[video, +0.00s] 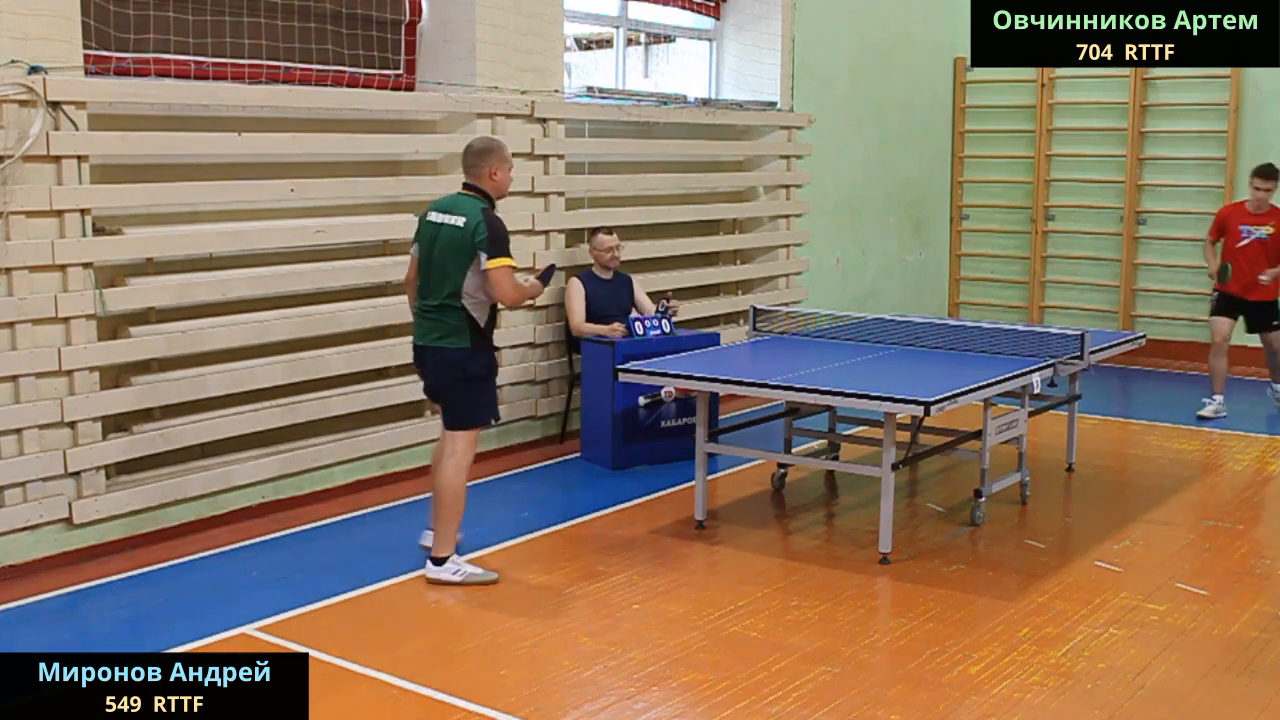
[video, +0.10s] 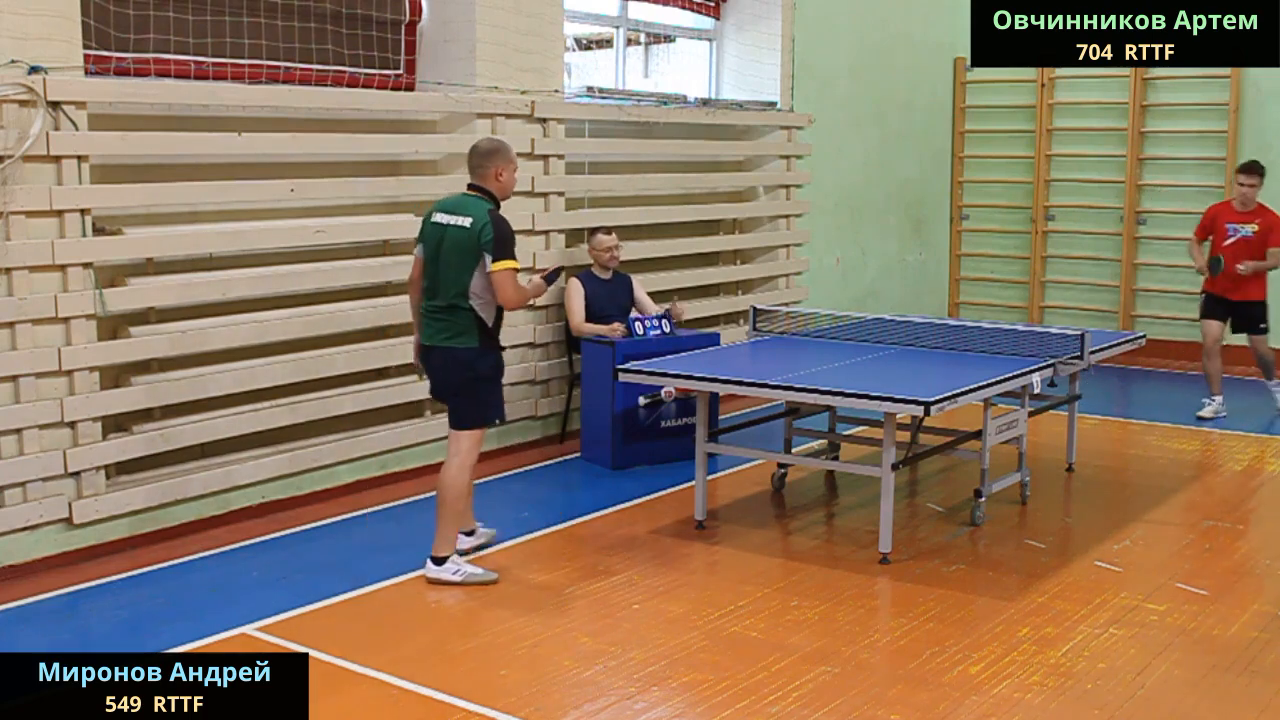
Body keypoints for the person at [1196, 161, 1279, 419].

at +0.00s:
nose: (1260, 195)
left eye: (1266, 190)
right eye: (1257, 189)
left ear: (1274, 191)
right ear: (1249, 186)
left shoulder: (1277, 218)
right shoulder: (1228, 213)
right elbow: (1210, 241)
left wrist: (1275, 271)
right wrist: (1212, 266)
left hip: (1265, 294)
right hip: (1229, 291)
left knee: (1274, 345)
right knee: (1219, 339)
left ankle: (1276, 386)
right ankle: (1217, 400)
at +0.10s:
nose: (1245, 191)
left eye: (1251, 186)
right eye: (1241, 184)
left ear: (1260, 187)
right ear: (1234, 183)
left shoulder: (1270, 219)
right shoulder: (1216, 212)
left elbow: (1275, 259)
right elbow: (1195, 241)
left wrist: (1255, 266)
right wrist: (1200, 262)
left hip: (1251, 294)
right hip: (1216, 291)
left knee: (1260, 349)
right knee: (1210, 343)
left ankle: (1273, 384)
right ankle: (1216, 400)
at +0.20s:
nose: (1232, 187)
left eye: (1239, 182)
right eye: (1229, 181)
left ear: (1248, 183)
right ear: (1222, 180)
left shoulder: (1259, 214)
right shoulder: (1206, 209)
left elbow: (1263, 253)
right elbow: (1183, 242)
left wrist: (1235, 254)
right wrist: (1193, 258)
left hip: (1239, 292)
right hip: (1207, 290)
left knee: (1240, 347)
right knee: (1206, 344)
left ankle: (1254, 383)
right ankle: (1215, 400)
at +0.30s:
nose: (1221, 183)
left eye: (1227, 178)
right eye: (1217, 177)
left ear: (1237, 180)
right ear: (1212, 177)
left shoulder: (1249, 212)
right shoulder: (1195, 208)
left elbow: (1254, 250)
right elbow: (1171, 241)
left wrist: (1226, 243)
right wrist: (1198, 244)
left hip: (1228, 288)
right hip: (1197, 287)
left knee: (1219, 342)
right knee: (1203, 343)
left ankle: (1229, 394)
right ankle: (1212, 397)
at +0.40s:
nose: (1210, 183)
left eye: (1216, 178)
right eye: (1206, 177)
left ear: (1227, 180)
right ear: (1201, 178)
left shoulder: (1238, 212)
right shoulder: (1186, 209)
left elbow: (1245, 252)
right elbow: (1163, 243)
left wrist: (1220, 242)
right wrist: (1192, 240)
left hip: (1218, 288)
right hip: (1189, 287)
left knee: (1206, 343)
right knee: (1200, 344)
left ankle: (1200, 403)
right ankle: (1215, 398)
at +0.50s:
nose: (1199, 186)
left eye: (1206, 182)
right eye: (1196, 180)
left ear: (1217, 184)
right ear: (1191, 181)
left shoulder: (1229, 215)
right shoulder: (1175, 212)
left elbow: (1239, 255)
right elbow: (1153, 246)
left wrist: (1222, 254)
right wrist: (1165, 252)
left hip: (1208, 293)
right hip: (1180, 292)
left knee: (1193, 347)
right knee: (1197, 347)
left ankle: (1178, 406)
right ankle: (1215, 398)